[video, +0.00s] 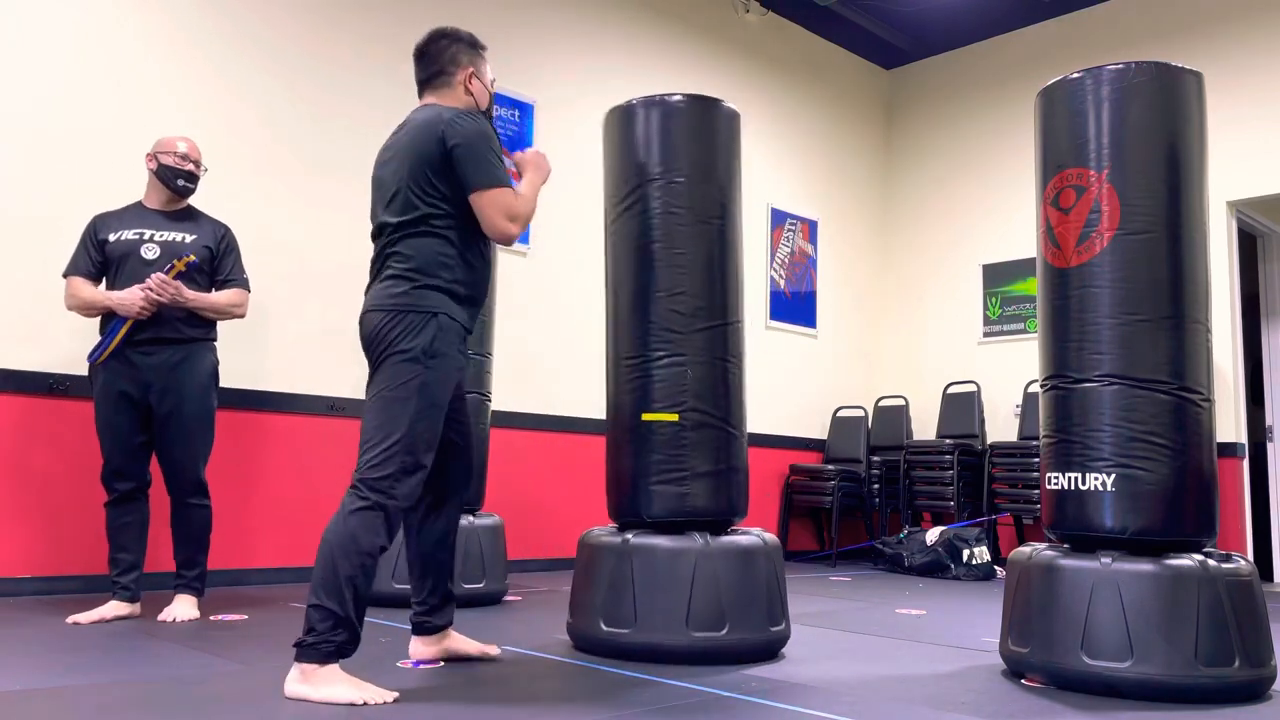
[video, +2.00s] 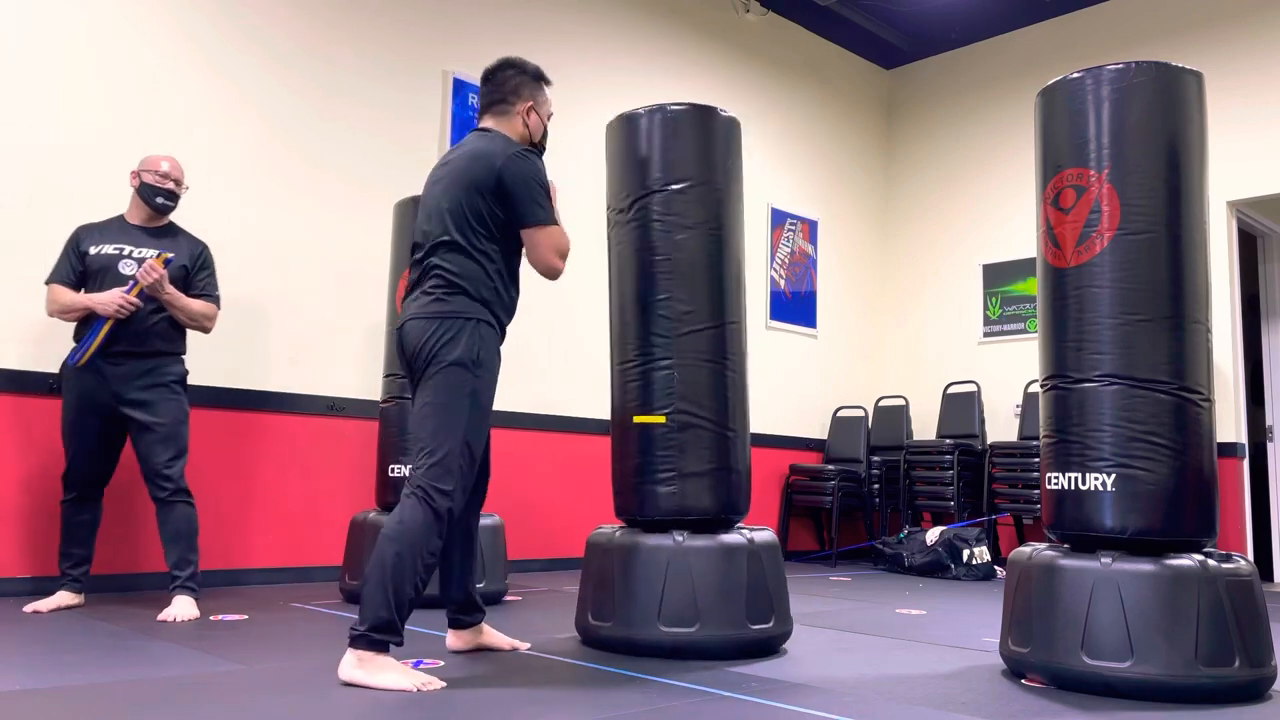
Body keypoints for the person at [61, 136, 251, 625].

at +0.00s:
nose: (186, 164)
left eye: (194, 161)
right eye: (176, 154)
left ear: (200, 177)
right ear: (150, 162)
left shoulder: (215, 234)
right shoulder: (106, 226)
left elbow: (238, 304)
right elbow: (74, 294)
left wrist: (187, 298)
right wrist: (115, 299)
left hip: (187, 370)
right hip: (119, 370)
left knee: (187, 483)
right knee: (123, 483)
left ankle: (188, 592)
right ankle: (124, 594)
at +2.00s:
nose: (168, 185)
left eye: (176, 182)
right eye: (159, 176)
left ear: (182, 194)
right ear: (133, 180)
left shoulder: (193, 250)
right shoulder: (88, 237)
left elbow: (207, 320)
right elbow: (56, 301)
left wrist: (166, 291)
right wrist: (93, 301)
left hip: (158, 382)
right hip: (91, 379)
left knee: (169, 483)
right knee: (80, 484)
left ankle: (184, 592)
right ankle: (71, 587)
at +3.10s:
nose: (106, 183)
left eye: (112, 178)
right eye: (95, 174)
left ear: (119, 189)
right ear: (69, 180)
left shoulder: (136, 245)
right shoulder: (28, 241)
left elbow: (157, 311)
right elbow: (3, 307)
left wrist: (111, 290)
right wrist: (37, 303)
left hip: (110, 378)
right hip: (45, 378)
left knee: (113, 479)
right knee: (56, 482)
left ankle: (116, 587)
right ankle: (69, 586)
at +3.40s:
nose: (99, 182)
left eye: (106, 177)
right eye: (89, 173)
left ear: (112, 187)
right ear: (60, 178)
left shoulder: (127, 242)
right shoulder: (19, 240)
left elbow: (148, 310)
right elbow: (1, 307)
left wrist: (96, 287)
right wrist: (25, 302)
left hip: (97, 367)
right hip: (35, 369)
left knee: (71, 463)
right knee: (44, 474)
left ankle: (60, 586)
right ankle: (67, 579)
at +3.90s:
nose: (39, 186)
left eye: (51, 179)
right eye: (31, 175)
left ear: (72, 179)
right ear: (19, 168)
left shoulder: (90, 236)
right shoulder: (3, 221)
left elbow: (114, 307)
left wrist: (47, 288)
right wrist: (5, 289)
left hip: (48, 358)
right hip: (4, 358)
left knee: (11, 467)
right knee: (29, 470)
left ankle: (1, 582)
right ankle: (67, 576)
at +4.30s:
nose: (2, 181)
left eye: (4, 172)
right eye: (3, 172)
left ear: (13, 171)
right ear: (10, 170)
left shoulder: (35, 222)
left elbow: (76, 298)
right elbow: (75, 296)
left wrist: (8, 313)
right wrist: (14, 315)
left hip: (2, 367)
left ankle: (0, 581)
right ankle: (1, 579)